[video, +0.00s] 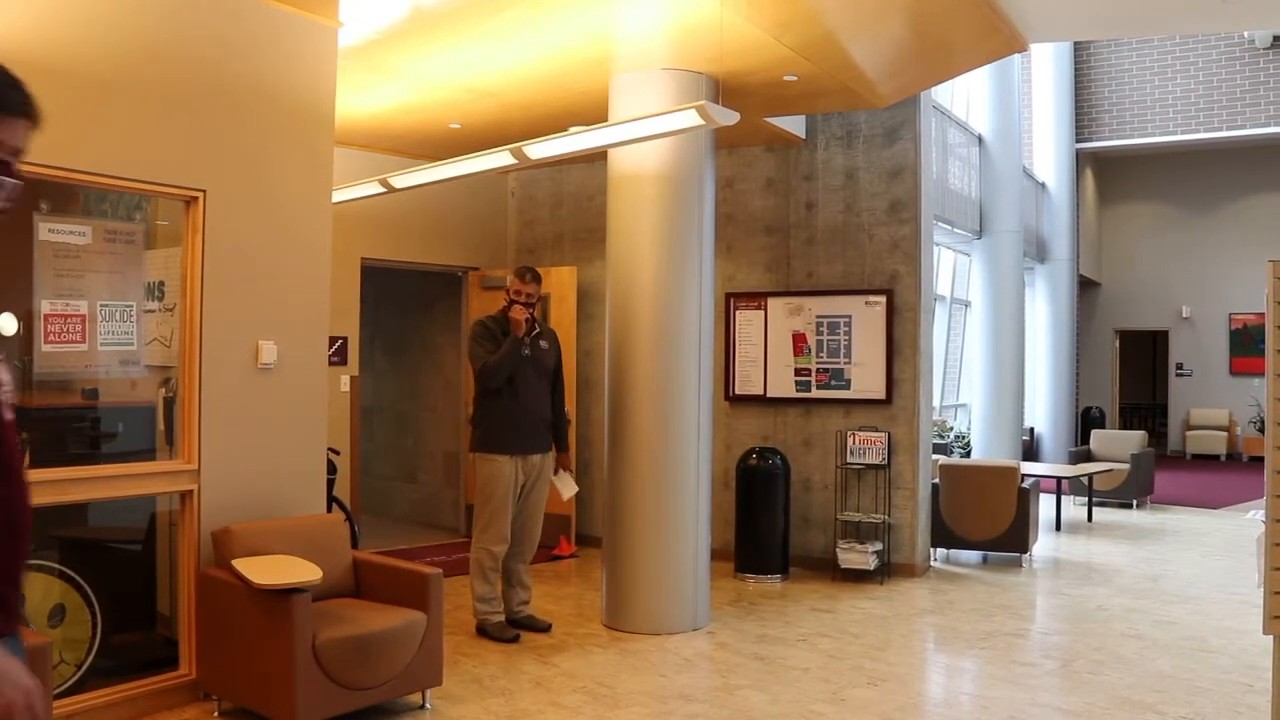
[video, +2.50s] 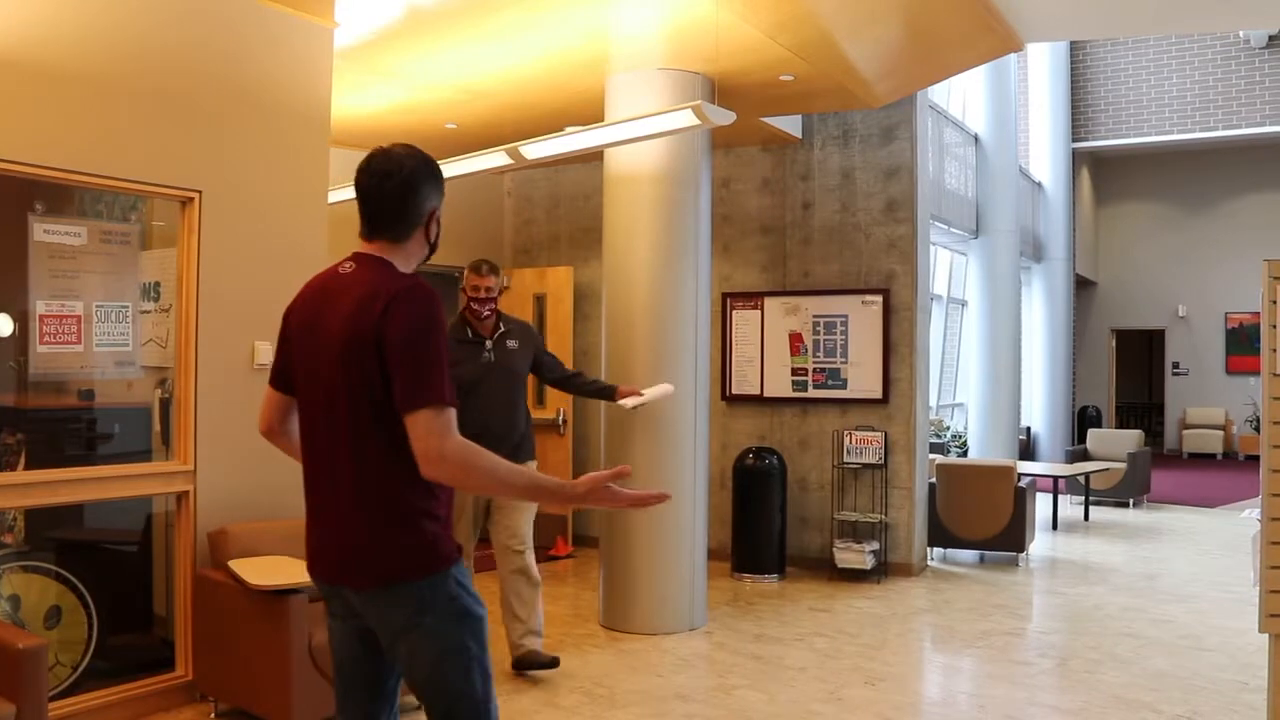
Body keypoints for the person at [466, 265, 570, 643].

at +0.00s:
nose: (523, 303)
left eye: (530, 298)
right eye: (518, 296)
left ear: (539, 297)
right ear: (507, 292)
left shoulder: (548, 337)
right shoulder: (486, 329)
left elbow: (556, 397)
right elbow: (488, 378)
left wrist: (562, 447)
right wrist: (517, 335)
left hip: (539, 449)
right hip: (496, 448)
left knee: (525, 538)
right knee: (492, 537)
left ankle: (517, 609)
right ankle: (488, 616)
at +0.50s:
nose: (535, 304)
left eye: (543, 299)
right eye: (531, 296)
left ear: (552, 302)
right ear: (520, 292)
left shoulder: (556, 339)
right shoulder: (495, 327)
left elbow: (562, 400)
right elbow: (492, 376)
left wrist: (568, 452)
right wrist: (526, 335)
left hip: (539, 449)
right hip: (497, 447)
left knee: (524, 537)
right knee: (493, 536)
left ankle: (516, 609)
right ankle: (487, 616)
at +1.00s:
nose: (538, 304)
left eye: (546, 300)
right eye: (534, 297)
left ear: (557, 303)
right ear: (525, 292)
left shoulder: (561, 343)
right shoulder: (499, 327)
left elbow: (566, 403)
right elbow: (497, 376)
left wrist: (569, 455)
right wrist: (531, 337)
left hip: (542, 451)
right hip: (500, 448)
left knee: (525, 538)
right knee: (494, 537)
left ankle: (517, 609)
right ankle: (488, 616)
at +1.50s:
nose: (541, 306)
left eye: (550, 301)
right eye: (537, 298)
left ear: (560, 303)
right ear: (527, 296)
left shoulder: (565, 349)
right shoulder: (498, 334)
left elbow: (569, 407)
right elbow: (466, 383)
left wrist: (574, 458)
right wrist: (483, 427)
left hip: (540, 456)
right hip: (497, 452)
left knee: (521, 538)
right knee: (487, 539)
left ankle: (515, 611)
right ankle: (477, 621)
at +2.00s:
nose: (503, 302)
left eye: (510, 296)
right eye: (497, 295)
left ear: (519, 297)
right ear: (484, 295)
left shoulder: (534, 341)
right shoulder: (461, 343)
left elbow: (551, 397)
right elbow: (434, 398)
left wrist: (570, 445)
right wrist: (424, 447)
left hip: (523, 458)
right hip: (471, 457)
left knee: (521, 539)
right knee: (468, 546)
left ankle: (515, 608)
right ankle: (463, 629)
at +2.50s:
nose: (481, 300)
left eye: (489, 293)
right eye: (474, 292)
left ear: (501, 291)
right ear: (462, 290)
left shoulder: (522, 334)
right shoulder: (444, 338)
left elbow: (561, 376)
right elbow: (426, 397)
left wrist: (614, 392)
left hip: (513, 461)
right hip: (460, 462)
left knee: (518, 554)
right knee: (454, 557)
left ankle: (526, 648)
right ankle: (441, 658)